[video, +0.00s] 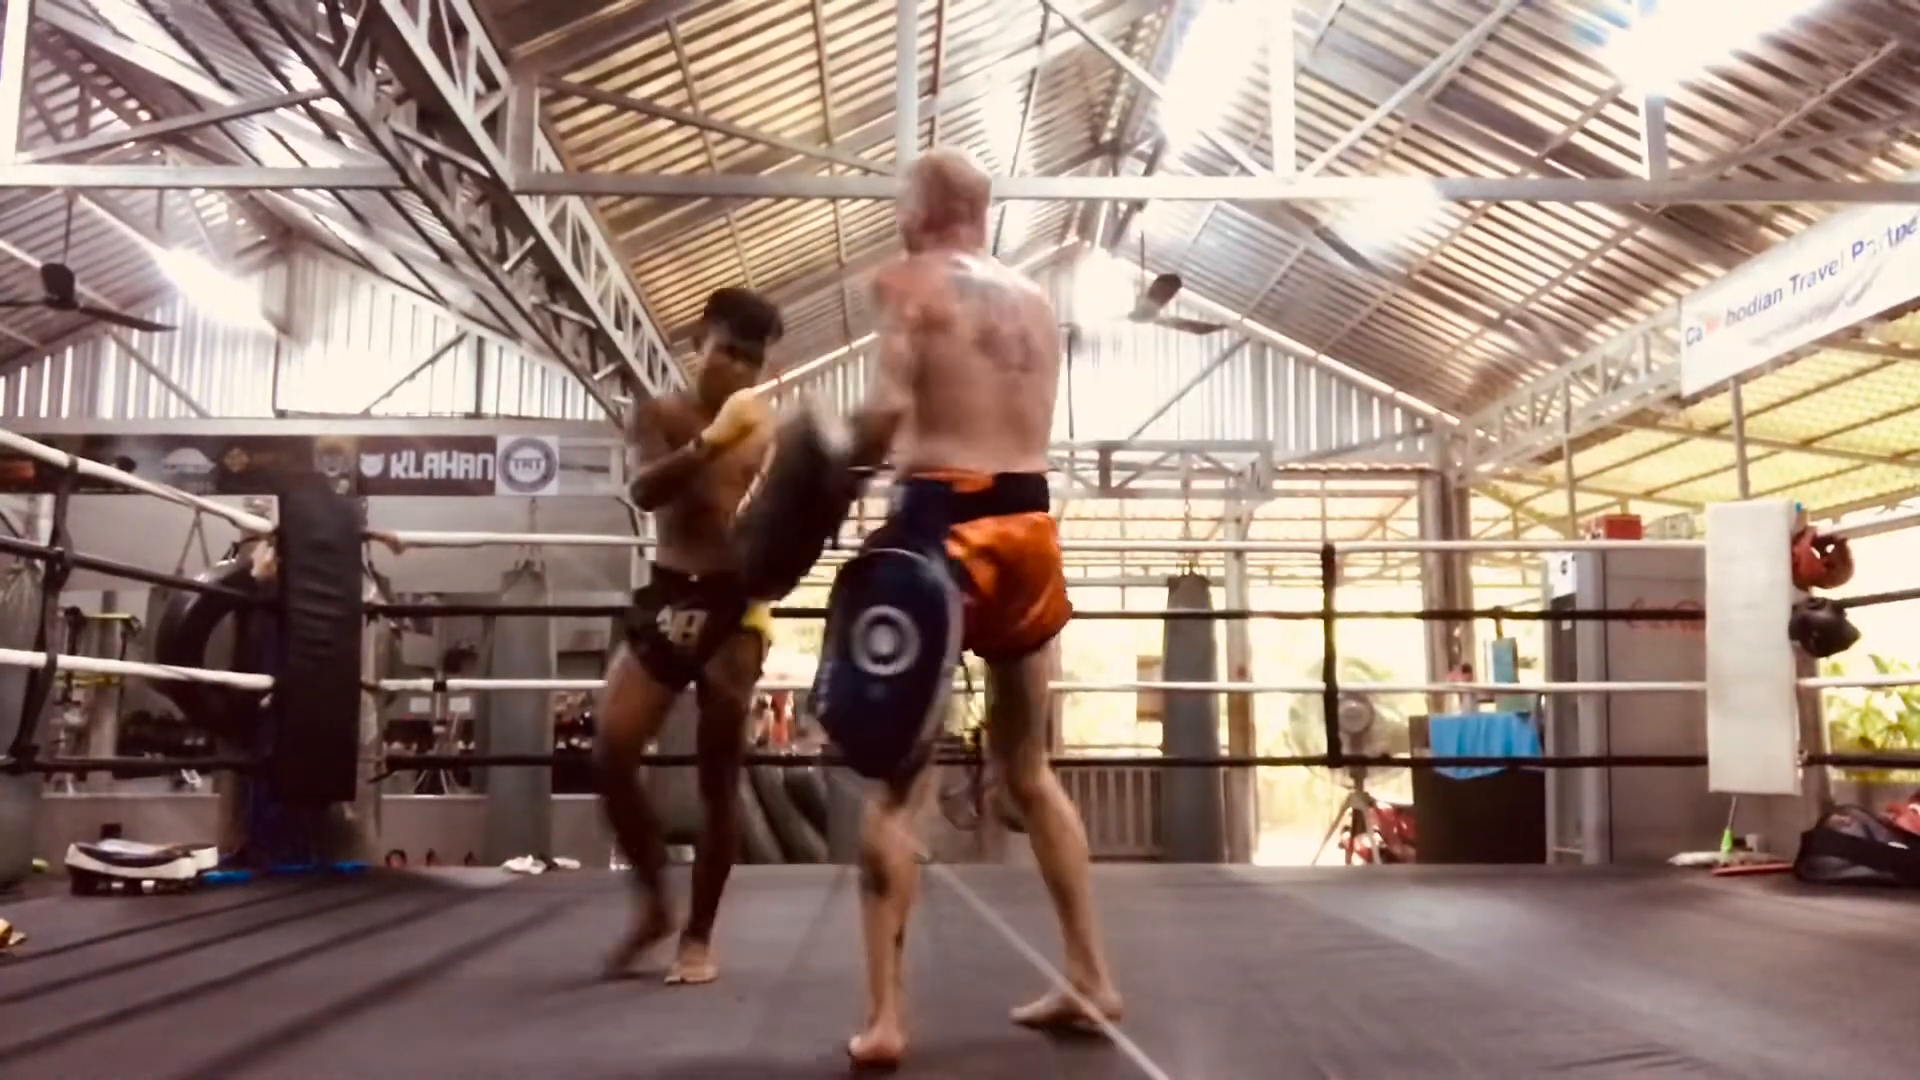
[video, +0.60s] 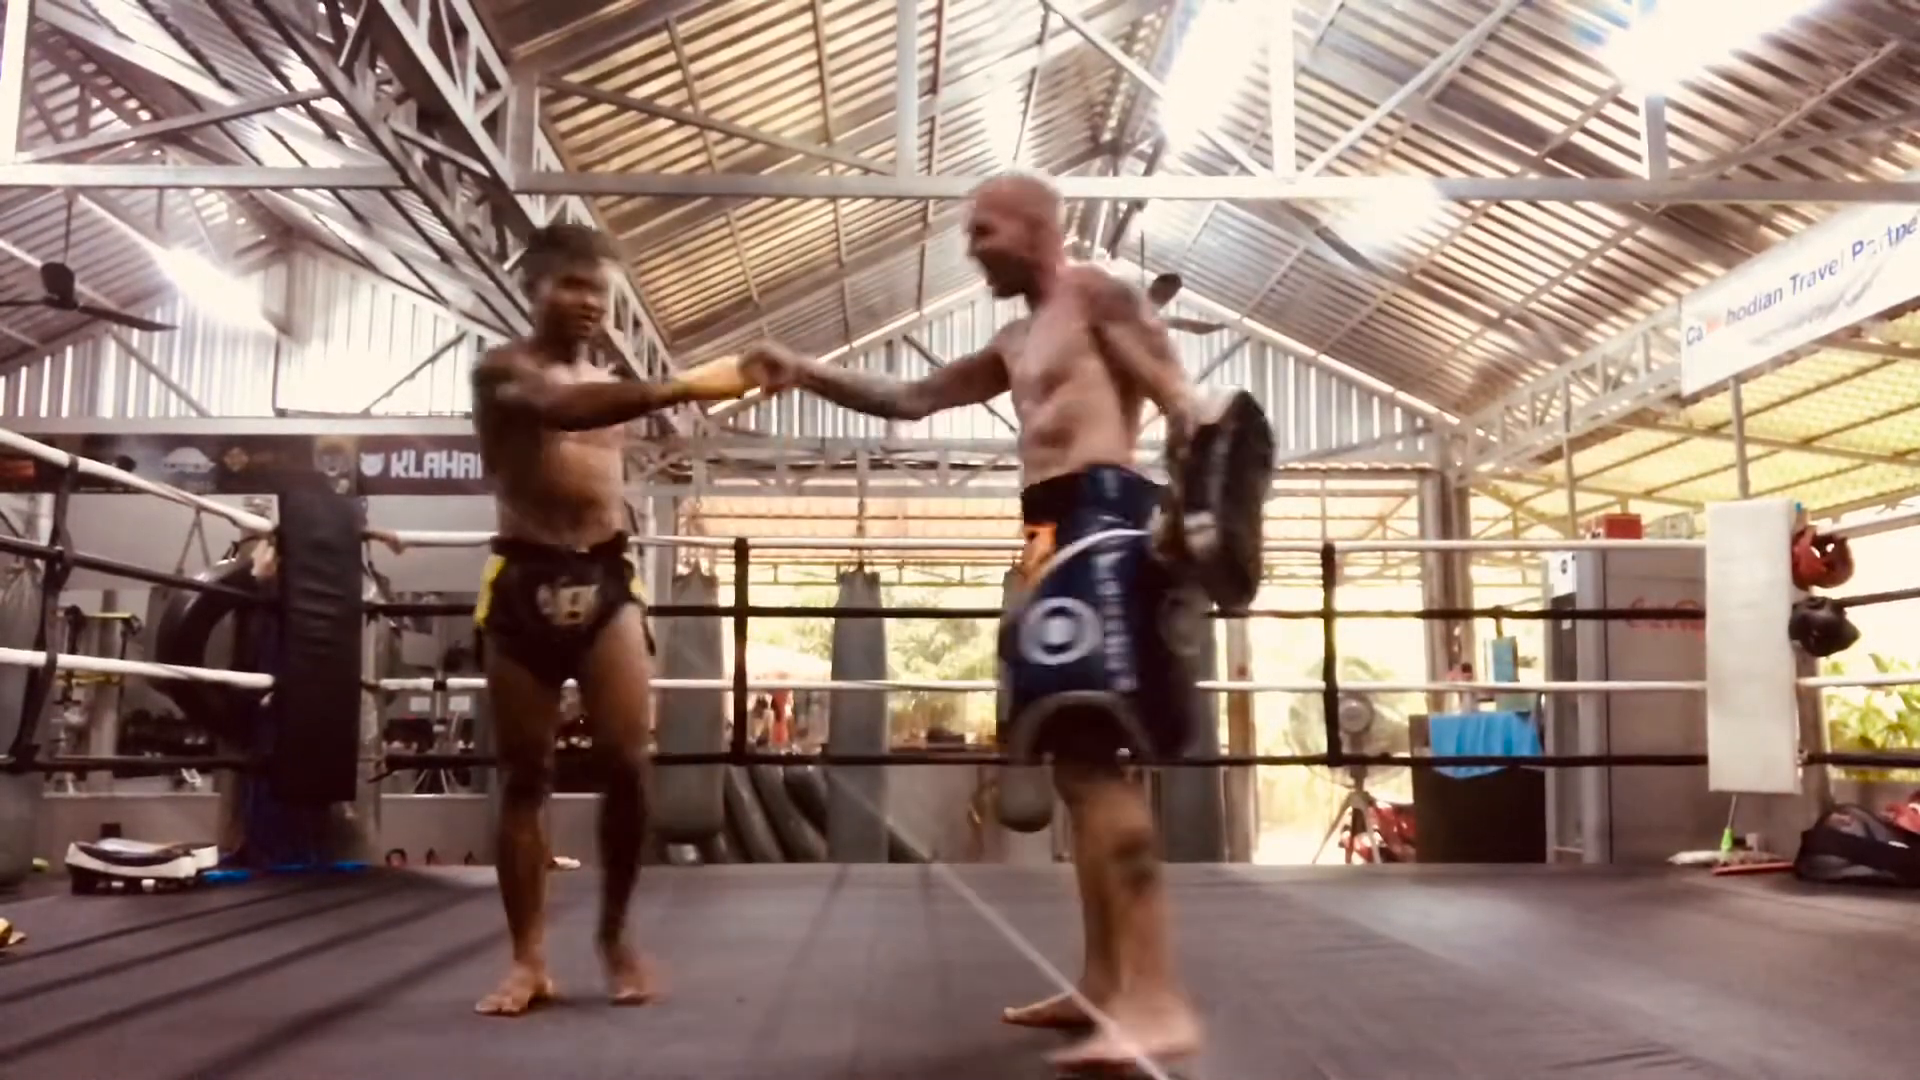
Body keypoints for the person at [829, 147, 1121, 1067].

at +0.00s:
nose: (898, 225)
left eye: (903, 212)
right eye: (904, 212)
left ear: (922, 214)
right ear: (982, 217)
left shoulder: (909, 281)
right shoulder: (1037, 301)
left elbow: (887, 410)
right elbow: (1029, 425)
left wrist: (840, 457)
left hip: (938, 526)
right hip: (1029, 525)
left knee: (896, 793)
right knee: (1030, 774)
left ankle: (884, 1017)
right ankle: (1090, 982)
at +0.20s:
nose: (926, 242)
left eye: (933, 226)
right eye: (929, 226)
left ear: (965, 228)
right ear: (1007, 234)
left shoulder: (971, 305)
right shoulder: (1061, 323)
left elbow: (987, 419)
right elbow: (964, 423)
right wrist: (928, 347)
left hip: (987, 548)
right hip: (1055, 539)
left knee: (928, 788)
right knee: (1051, 777)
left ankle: (913, 1006)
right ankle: (1102, 982)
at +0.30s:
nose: (931, 264)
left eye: (937, 248)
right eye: (930, 251)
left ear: (975, 241)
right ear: (990, 240)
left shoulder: (1018, 299)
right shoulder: (1016, 321)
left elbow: (1057, 385)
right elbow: (958, 449)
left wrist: (989, 485)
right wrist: (916, 362)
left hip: (1013, 562)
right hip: (1045, 564)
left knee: (961, 778)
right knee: (1062, 776)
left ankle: (936, 997)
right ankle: (1103, 982)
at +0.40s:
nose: (934, 277)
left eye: (939, 259)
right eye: (931, 263)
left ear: (982, 250)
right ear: (981, 254)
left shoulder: (1040, 305)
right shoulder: (1013, 350)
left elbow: (1113, 393)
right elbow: (929, 439)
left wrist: (1082, 512)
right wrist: (848, 372)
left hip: (1053, 524)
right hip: (1043, 527)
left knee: (1002, 757)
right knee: (1070, 771)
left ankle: (984, 998)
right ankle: (1103, 984)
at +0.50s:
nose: (948, 268)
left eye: (955, 250)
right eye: (944, 254)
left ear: (1004, 240)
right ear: (997, 245)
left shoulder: (1059, 297)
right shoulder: (1007, 351)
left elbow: (1139, 381)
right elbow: (916, 419)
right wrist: (823, 367)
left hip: (1078, 516)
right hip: (1058, 526)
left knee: (1038, 749)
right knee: (1081, 769)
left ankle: (1073, 994)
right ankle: (1104, 989)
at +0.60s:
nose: (973, 248)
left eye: (985, 230)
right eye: (970, 235)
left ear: (1040, 225)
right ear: (1002, 240)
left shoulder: (1098, 293)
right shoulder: (1014, 342)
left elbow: (1185, 404)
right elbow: (906, 398)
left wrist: (1191, 508)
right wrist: (797, 369)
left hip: (1103, 518)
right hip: (1053, 529)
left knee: (1096, 755)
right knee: (1076, 759)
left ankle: (1156, 1002)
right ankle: (1103, 986)